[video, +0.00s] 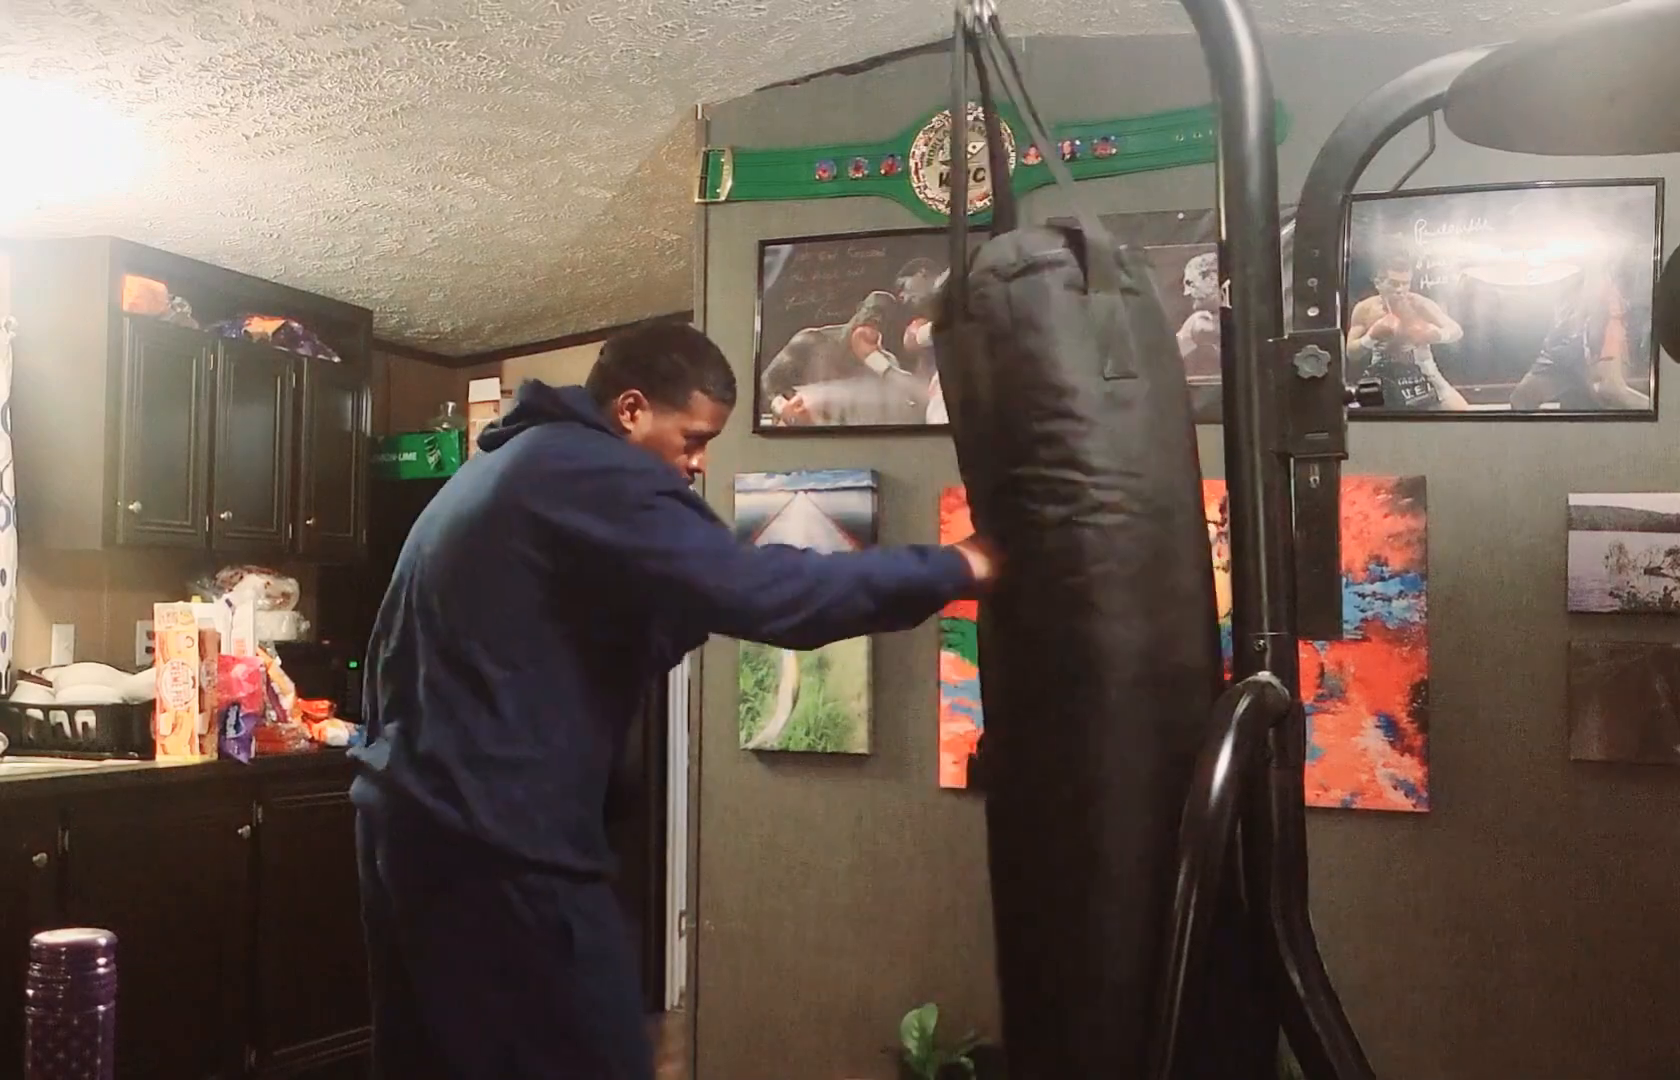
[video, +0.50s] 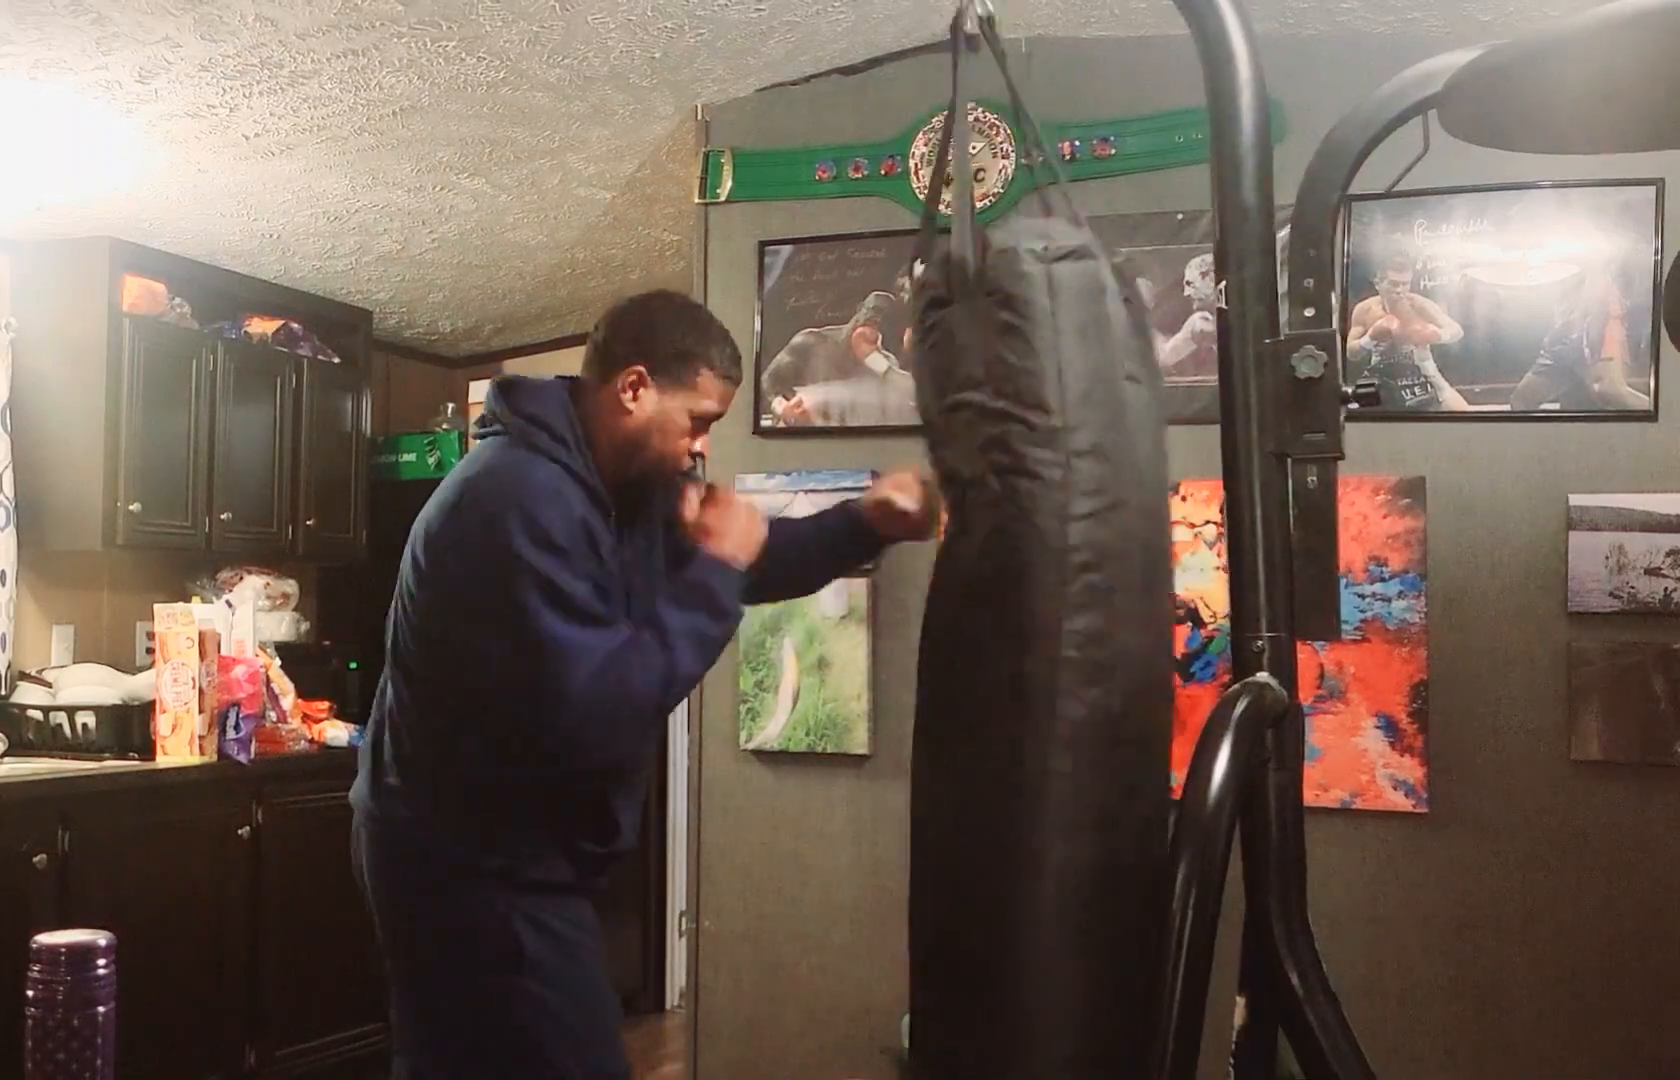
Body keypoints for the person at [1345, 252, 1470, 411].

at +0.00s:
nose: (1401, 290)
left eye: (1405, 284)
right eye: (1394, 284)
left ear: (1410, 283)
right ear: (1378, 283)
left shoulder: (1421, 304)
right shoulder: (1364, 309)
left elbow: (1456, 331)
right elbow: (1351, 354)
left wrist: (1433, 334)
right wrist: (1372, 336)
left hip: (1425, 378)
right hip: (1383, 380)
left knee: (1463, 413)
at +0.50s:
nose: (1400, 290)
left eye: (1405, 284)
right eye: (1394, 284)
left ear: (1410, 283)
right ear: (1378, 283)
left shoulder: (1421, 305)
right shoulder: (1364, 310)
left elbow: (1456, 331)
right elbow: (1351, 353)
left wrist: (1435, 335)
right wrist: (1371, 337)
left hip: (1425, 380)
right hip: (1382, 382)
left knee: (1466, 416)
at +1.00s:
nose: (1401, 290)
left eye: (1406, 284)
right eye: (1395, 284)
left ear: (1411, 282)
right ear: (1379, 283)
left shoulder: (1421, 304)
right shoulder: (1364, 310)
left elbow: (1457, 331)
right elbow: (1351, 353)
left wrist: (1436, 335)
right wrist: (1373, 337)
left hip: (1427, 381)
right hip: (1384, 383)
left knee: (1467, 417)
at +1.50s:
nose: (1400, 290)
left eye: (1405, 284)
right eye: (1394, 284)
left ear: (1410, 283)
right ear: (1378, 283)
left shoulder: (1420, 304)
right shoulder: (1364, 309)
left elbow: (1457, 331)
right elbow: (1350, 352)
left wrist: (1434, 334)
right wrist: (1372, 336)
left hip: (1426, 381)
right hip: (1383, 384)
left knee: (1466, 416)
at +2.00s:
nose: (1401, 290)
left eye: (1406, 284)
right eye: (1394, 284)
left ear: (1410, 283)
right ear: (1378, 283)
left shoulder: (1420, 304)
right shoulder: (1364, 310)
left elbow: (1457, 331)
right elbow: (1351, 353)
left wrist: (1434, 334)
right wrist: (1373, 336)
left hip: (1427, 381)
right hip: (1384, 384)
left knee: (1465, 415)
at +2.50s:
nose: (1401, 290)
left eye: (1406, 284)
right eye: (1395, 284)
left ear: (1411, 282)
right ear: (1379, 283)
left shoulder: (1421, 305)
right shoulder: (1365, 310)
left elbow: (1457, 330)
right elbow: (1352, 353)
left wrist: (1434, 335)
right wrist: (1373, 337)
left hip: (1427, 381)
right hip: (1384, 384)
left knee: (1466, 415)